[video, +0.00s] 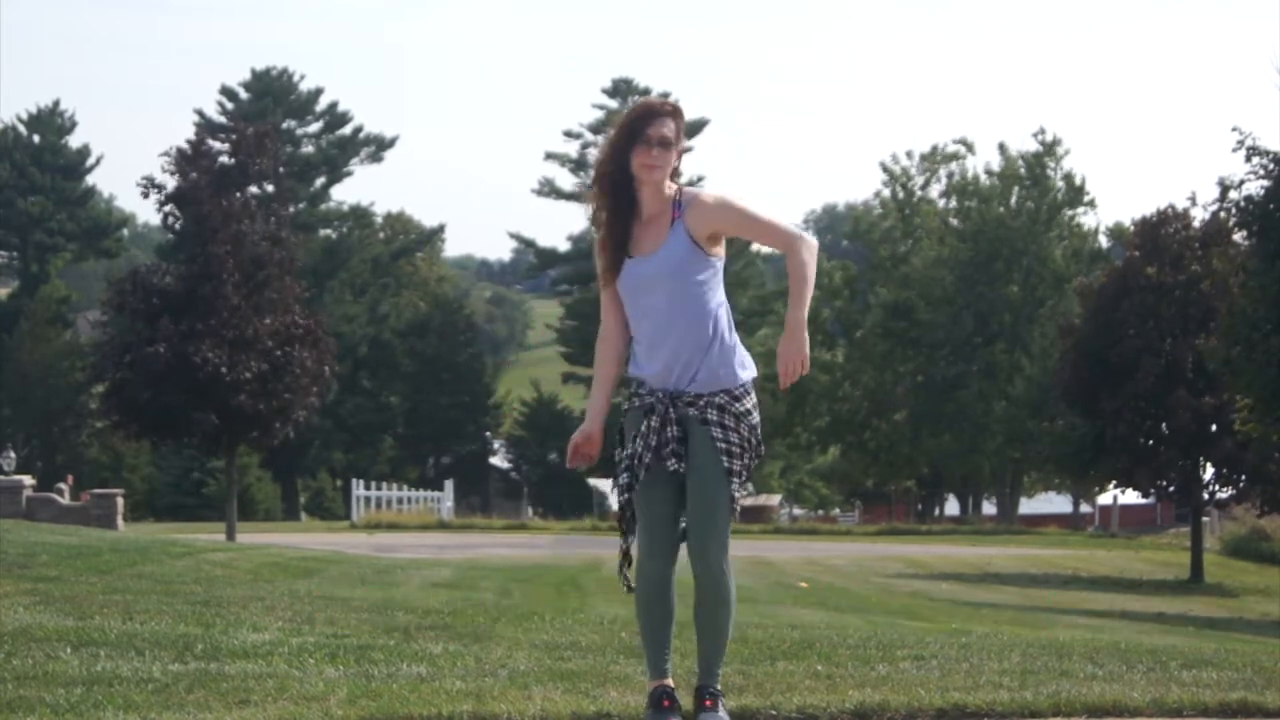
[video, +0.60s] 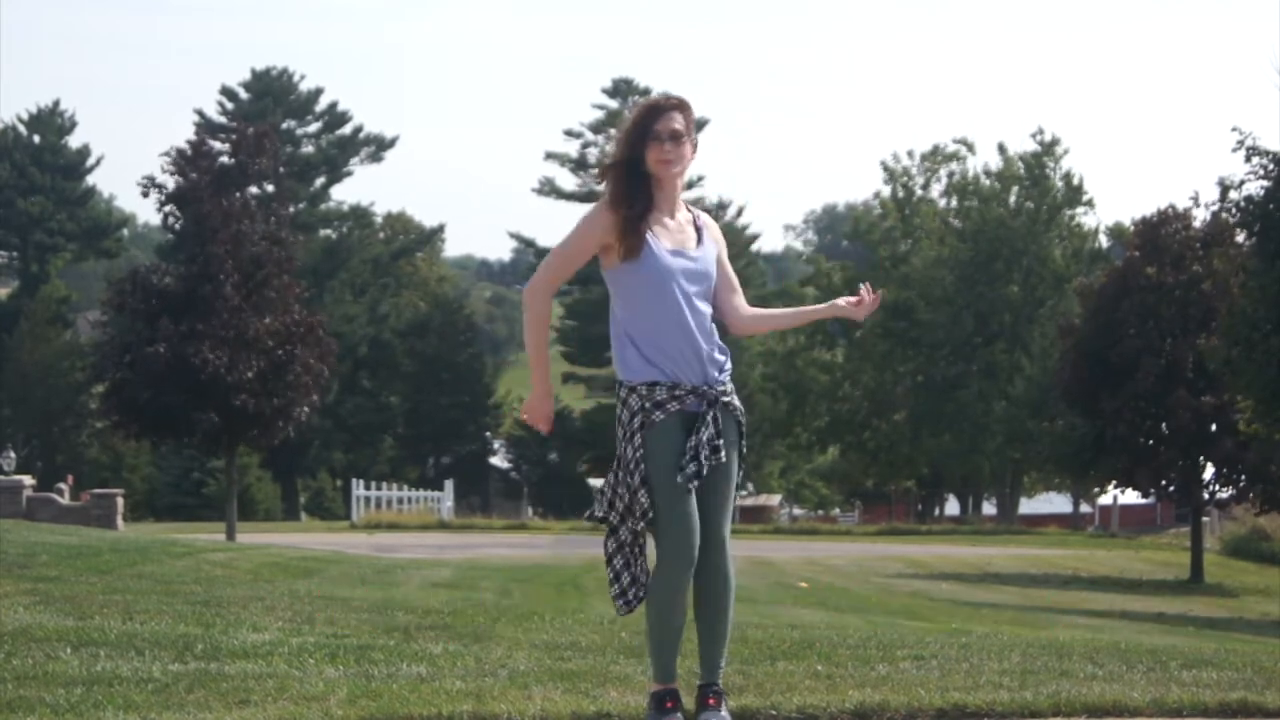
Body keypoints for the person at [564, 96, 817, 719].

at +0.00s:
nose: (660, 153)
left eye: (670, 144)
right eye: (650, 142)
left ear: (681, 154)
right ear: (626, 151)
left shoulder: (702, 210)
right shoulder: (612, 237)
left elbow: (802, 244)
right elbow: (612, 334)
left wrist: (797, 325)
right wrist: (594, 418)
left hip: (716, 400)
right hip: (649, 405)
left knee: (707, 549)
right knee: (654, 549)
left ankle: (708, 691)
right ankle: (660, 687)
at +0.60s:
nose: (674, 146)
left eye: (683, 137)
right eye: (662, 137)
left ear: (696, 147)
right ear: (639, 149)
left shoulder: (704, 227)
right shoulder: (613, 219)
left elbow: (739, 319)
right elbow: (538, 290)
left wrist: (833, 308)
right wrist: (540, 387)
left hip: (718, 402)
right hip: (655, 402)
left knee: (715, 547)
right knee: (679, 547)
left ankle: (711, 691)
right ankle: (664, 692)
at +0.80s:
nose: (668, 141)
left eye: (677, 131)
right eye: (655, 132)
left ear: (692, 141)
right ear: (637, 145)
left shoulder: (708, 223)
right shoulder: (615, 211)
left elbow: (725, 314)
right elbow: (527, 254)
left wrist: (766, 357)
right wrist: (493, 336)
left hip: (706, 401)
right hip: (644, 398)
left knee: (707, 543)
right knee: (659, 543)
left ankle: (712, 688)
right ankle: (661, 687)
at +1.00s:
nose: (663, 143)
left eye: (671, 133)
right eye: (650, 134)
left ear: (684, 143)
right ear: (628, 146)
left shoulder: (712, 218)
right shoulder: (607, 218)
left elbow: (735, 313)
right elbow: (537, 255)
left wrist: (681, 346)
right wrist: (533, 290)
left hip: (698, 397)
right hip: (629, 394)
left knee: (700, 549)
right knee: (644, 543)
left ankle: (709, 690)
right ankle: (657, 687)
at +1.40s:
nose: (639, 152)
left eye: (648, 144)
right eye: (628, 142)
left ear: (659, 155)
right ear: (606, 154)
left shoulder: (686, 226)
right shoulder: (584, 231)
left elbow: (714, 329)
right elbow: (564, 313)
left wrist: (632, 350)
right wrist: (548, 235)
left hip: (704, 400)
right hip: (630, 404)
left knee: (712, 550)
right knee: (585, 539)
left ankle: (709, 689)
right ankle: (620, 671)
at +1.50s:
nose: (632, 153)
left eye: (641, 144)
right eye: (621, 143)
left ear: (652, 157)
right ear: (598, 155)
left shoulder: (678, 229)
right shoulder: (573, 232)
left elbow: (704, 331)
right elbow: (546, 306)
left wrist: (624, 351)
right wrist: (493, 241)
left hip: (694, 400)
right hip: (621, 403)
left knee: (706, 550)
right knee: (567, 547)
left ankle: (709, 690)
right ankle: (547, 684)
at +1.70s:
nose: (609, 150)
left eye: (619, 142)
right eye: (598, 141)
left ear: (633, 154)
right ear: (576, 153)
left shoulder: (658, 231)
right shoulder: (551, 228)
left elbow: (674, 333)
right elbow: (493, 296)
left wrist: (597, 351)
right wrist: (409, 258)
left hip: (650, 410)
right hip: (572, 409)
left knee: (671, 552)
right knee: (535, 543)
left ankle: (704, 691)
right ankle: (493, 691)